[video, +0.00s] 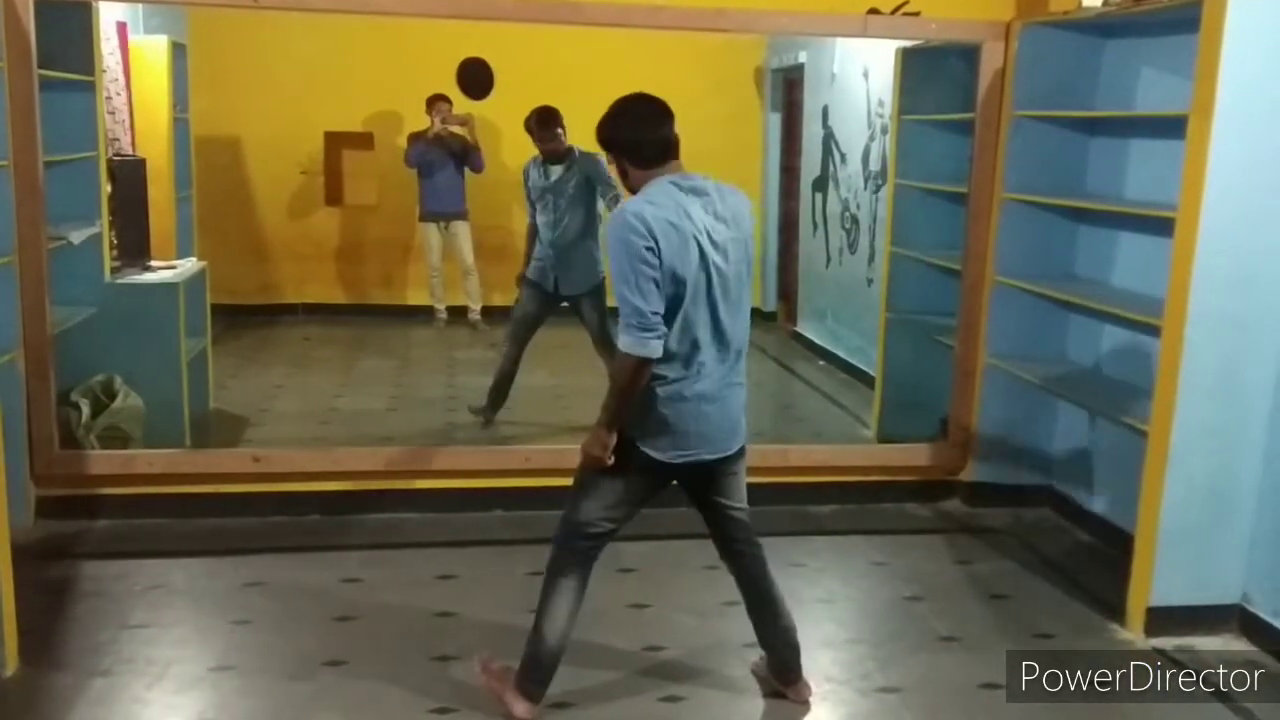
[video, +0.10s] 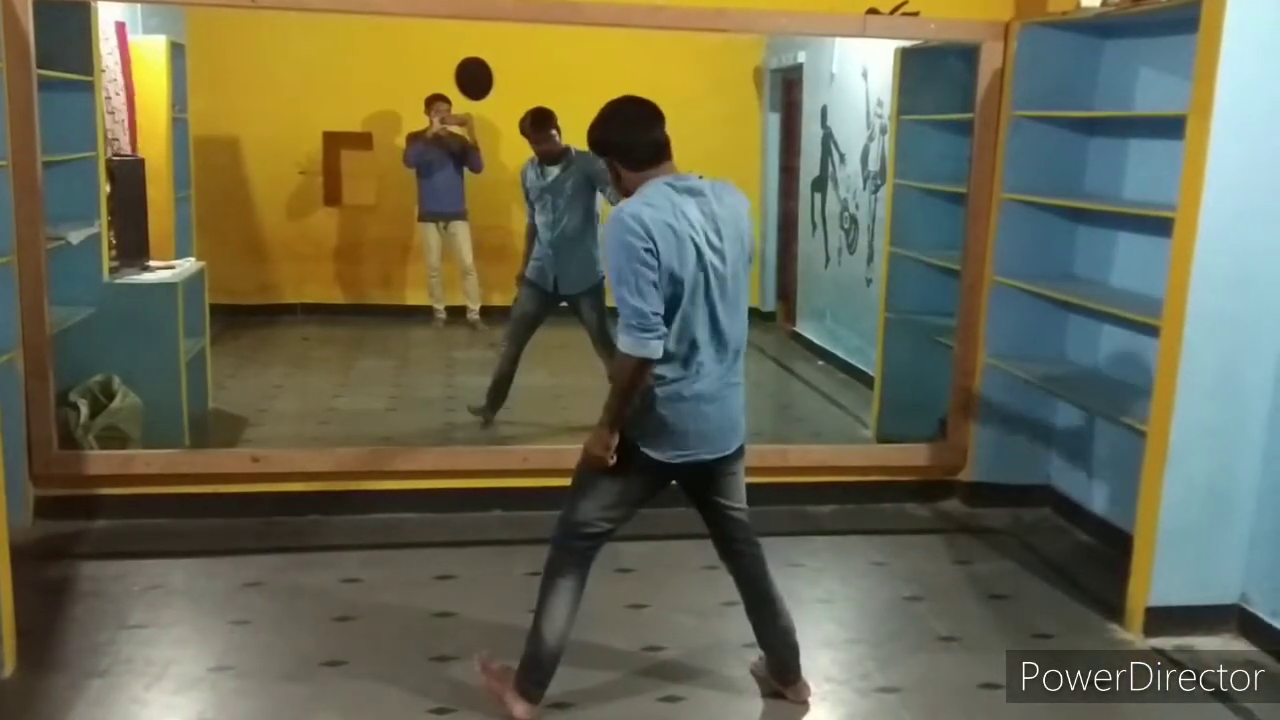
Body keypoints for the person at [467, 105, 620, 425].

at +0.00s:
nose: (550, 147)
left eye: (553, 138)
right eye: (543, 141)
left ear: (563, 131)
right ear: (534, 140)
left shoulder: (589, 164)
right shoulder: (532, 170)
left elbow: (618, 206)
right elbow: (534, 221)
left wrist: (630, 254)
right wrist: (526, 267)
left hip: (582, 270)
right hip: (542, 270)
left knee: (603, 342)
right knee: (515, 339)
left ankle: (635, 403)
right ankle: (490, 408)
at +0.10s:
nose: (538, 150)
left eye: (542, 142)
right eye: (533, 143)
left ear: (557, 133)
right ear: (528, 141)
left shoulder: (586, 164)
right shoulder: (530, 172)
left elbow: (621, 200)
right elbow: (533, 222)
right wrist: (525, 268)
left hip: (582, 270)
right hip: (542, 270)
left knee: (603, 343)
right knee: (514, 339)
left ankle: (634, 403)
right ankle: (490, 407)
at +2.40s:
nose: (523, 133)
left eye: (530, 125)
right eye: (519, 126)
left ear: (547, 125)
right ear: (516, 127)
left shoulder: (566, 162)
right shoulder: (508, 164)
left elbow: (582, 185)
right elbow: (502, 216)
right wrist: (505, 261)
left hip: (570, 272)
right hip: (528, 271)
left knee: (591, 342)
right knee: (500, 340)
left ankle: (588, 406)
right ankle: (486, 410)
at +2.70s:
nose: (539, 137)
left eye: (544, 130)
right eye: (532, 131)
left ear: (554, 131)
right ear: (521, 132)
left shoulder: (564, 166)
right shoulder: (511, 169)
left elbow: (538, 198)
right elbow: (503, 220)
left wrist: (511, 176)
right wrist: (509, 265)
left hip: (567, 274)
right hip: (531, 274)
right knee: (502, 339)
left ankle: (592, 407)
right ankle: (488, 409)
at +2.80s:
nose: (532, 139)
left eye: (538, 132)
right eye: (526, 132)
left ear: (551, 133)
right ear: (518, 134)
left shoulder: (556, 166)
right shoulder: (509, 168)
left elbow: (509, 183)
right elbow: (501, 218)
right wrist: (507, 263)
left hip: (570, 271)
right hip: (530, 274)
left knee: (590, 342)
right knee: (501, 340)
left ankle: (597, 406)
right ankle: (488, 410)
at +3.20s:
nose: (487, 152)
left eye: (491, 145)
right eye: (484, 145)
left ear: (504, 145)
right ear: (484, 146)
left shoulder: (527, 182)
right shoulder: (491, 183)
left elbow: (530, 232)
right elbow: (492, 230)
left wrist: (482, 245)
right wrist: (499, 270)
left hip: (539, 278)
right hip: (516, 280)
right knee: (493, 338)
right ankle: (486, 411)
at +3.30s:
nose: (502, 137)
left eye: (509, 130)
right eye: (499, 130)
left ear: (525, 131)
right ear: (493, 132)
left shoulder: (541, 159)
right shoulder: (494, 165)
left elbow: (536, 202)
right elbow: (498, 215)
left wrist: (497, 217)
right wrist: (507, 263)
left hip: (559, 263)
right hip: (525, 266)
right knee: (503, 341)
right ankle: (487, 414)